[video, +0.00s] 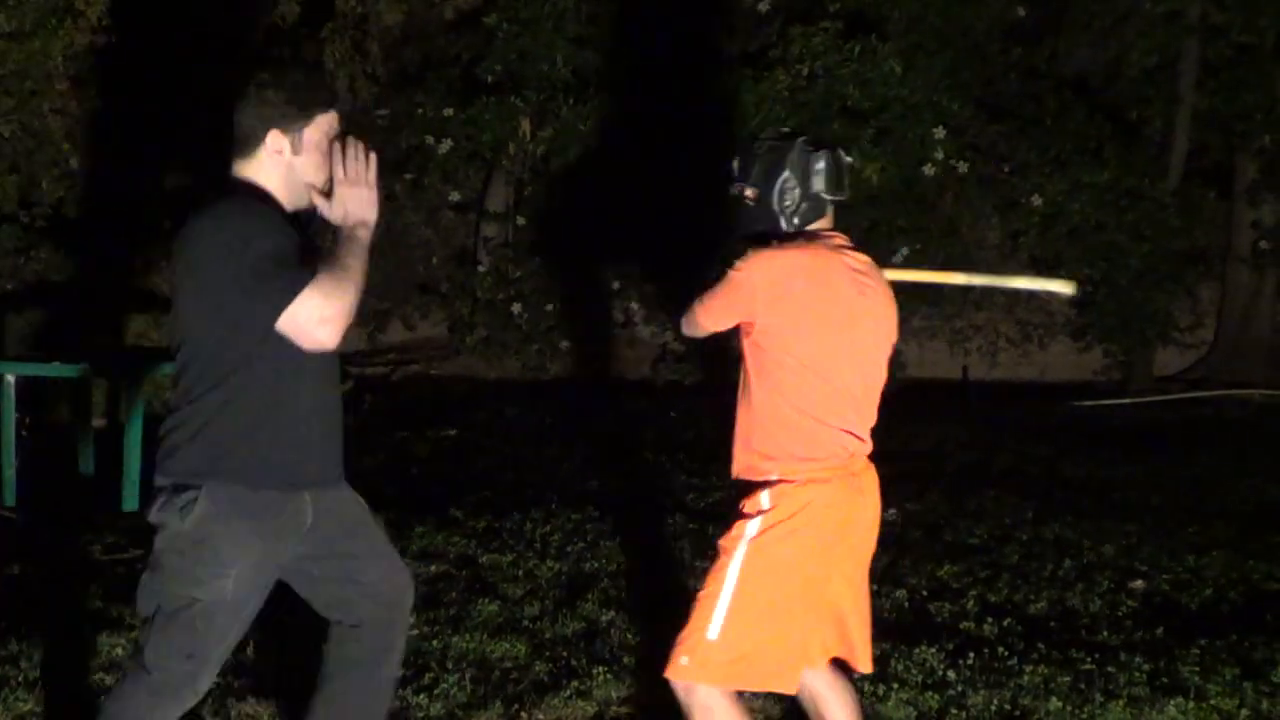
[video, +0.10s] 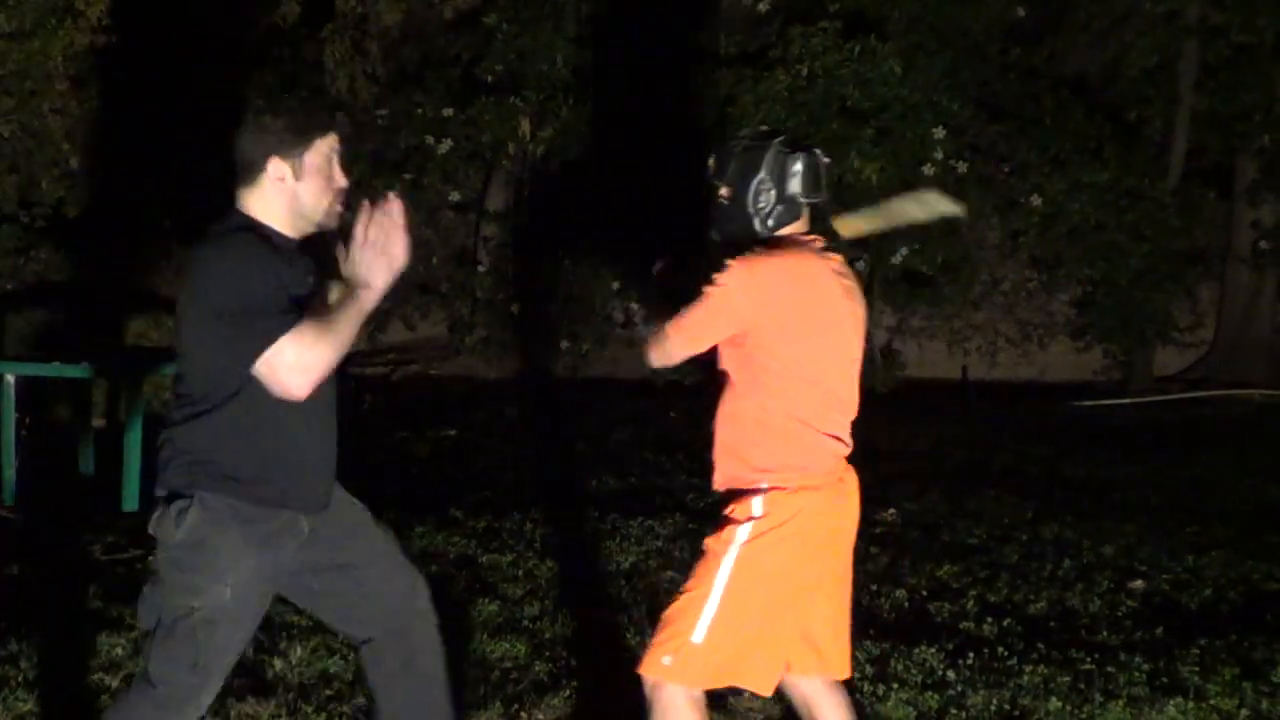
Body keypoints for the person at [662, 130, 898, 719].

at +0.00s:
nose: (747, 202)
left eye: (753, 192)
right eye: (750, 190)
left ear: (773, 202)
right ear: (828, 200)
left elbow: (694, 322)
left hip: (789, 502)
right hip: (854, 496)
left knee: (696, 676)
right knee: (808, 663)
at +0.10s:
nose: (721, 202)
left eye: (728, 191)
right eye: (726, 190)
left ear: (747, 204)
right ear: (805, 205)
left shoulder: (751, 279)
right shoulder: (842, 280)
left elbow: (661, 351)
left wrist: (643, 315)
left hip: (772, 505)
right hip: (830, 499)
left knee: (669, 676)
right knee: (808, 675)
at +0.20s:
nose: (693, 211)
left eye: (700, 199)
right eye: (695, 197)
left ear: (727, 207)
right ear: (771, 206)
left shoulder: (748, 290)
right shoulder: (799, 283)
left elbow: (642, 384)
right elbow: (684, 344)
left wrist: (593, 338)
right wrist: (618, 305)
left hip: (756, 513)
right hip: (804, 504)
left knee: (649, 678)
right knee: (787, 680)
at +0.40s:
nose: (679, 219)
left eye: (686, 208)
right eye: (682, 203)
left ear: (710, 216)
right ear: (751, 212)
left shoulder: (732, 297)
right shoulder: (786, 278)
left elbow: (638, 403)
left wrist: (573, 374)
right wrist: (619, 349)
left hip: (755, 504)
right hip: (801, 495)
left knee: (650, 670)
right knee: (754, 663)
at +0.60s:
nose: (692, 227)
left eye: (699, 215)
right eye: (694, 213)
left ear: (722, 225)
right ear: (771, 216)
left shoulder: (758, 309)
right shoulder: (816, 285)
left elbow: (677, 420)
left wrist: (591, 423)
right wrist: (621, 399)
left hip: (822, 495)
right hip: (878, 484)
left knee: (735, 671)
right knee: (810, 656)